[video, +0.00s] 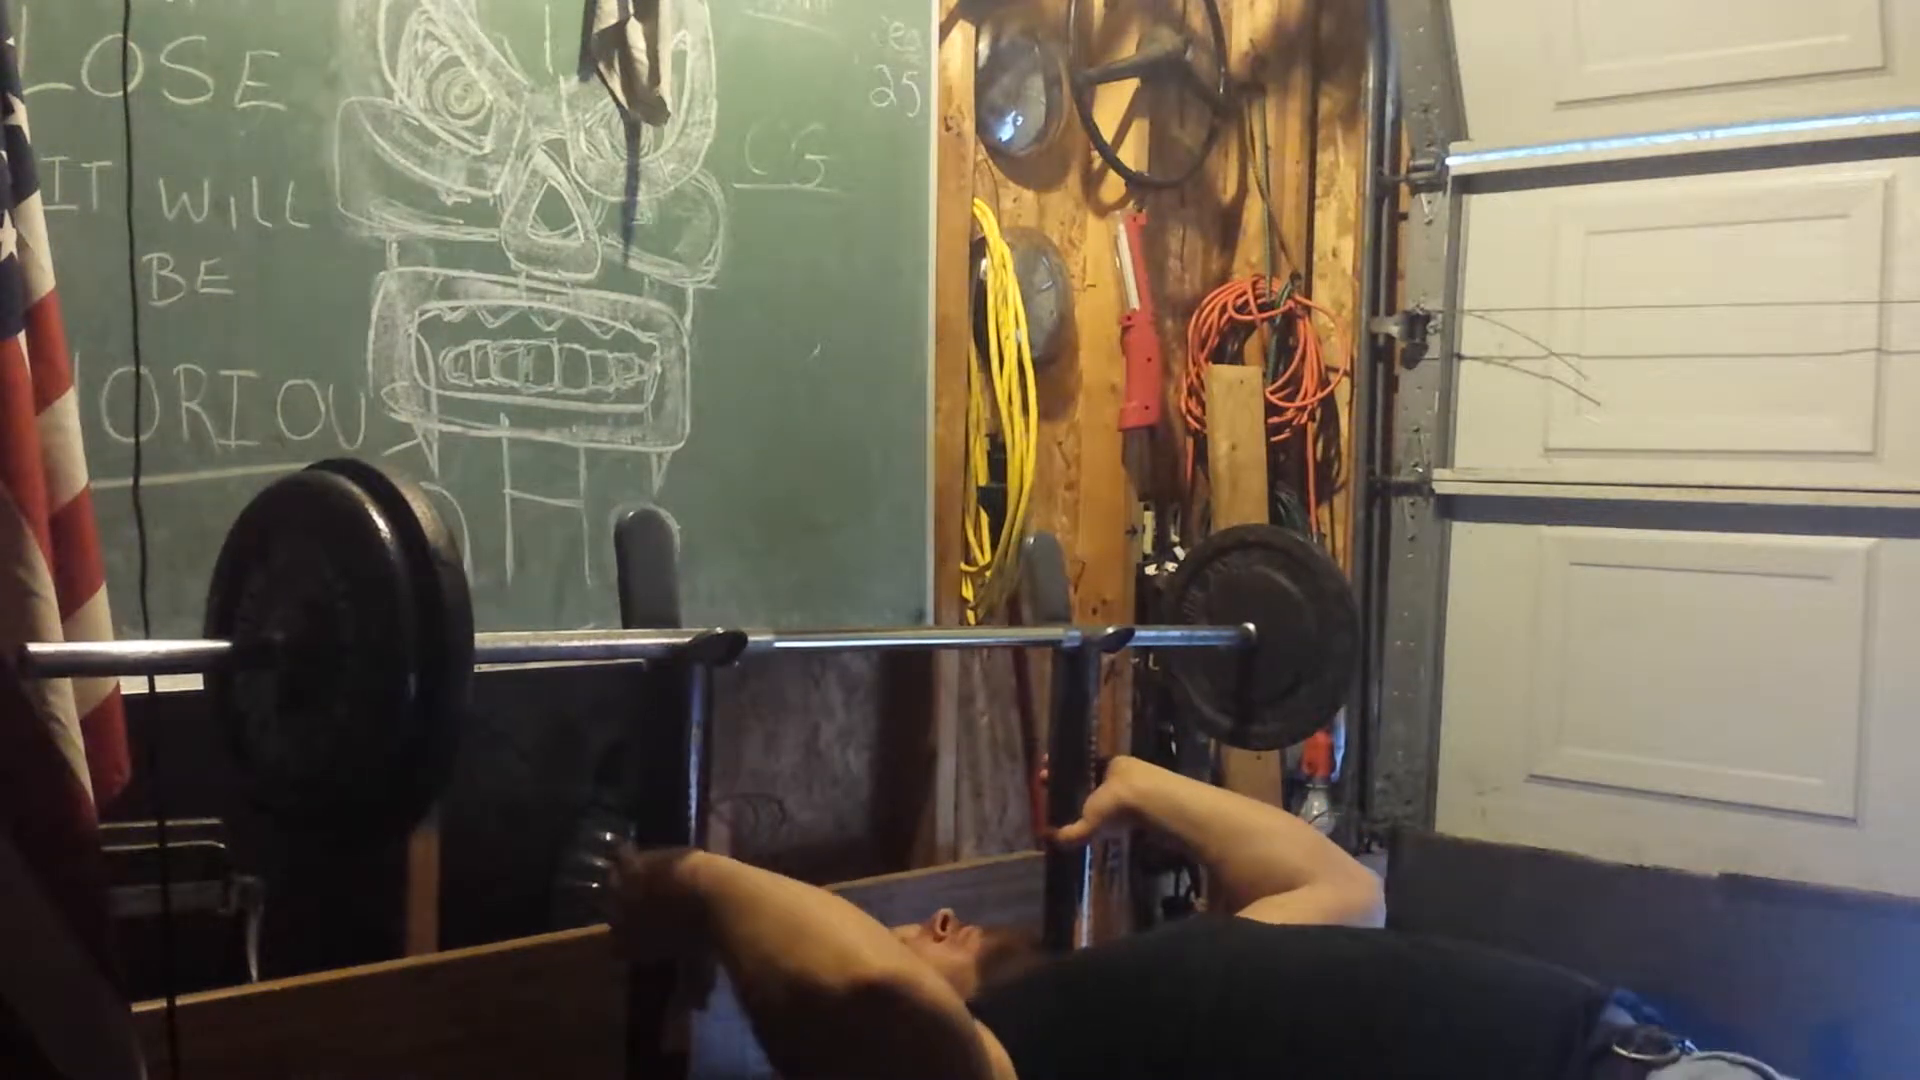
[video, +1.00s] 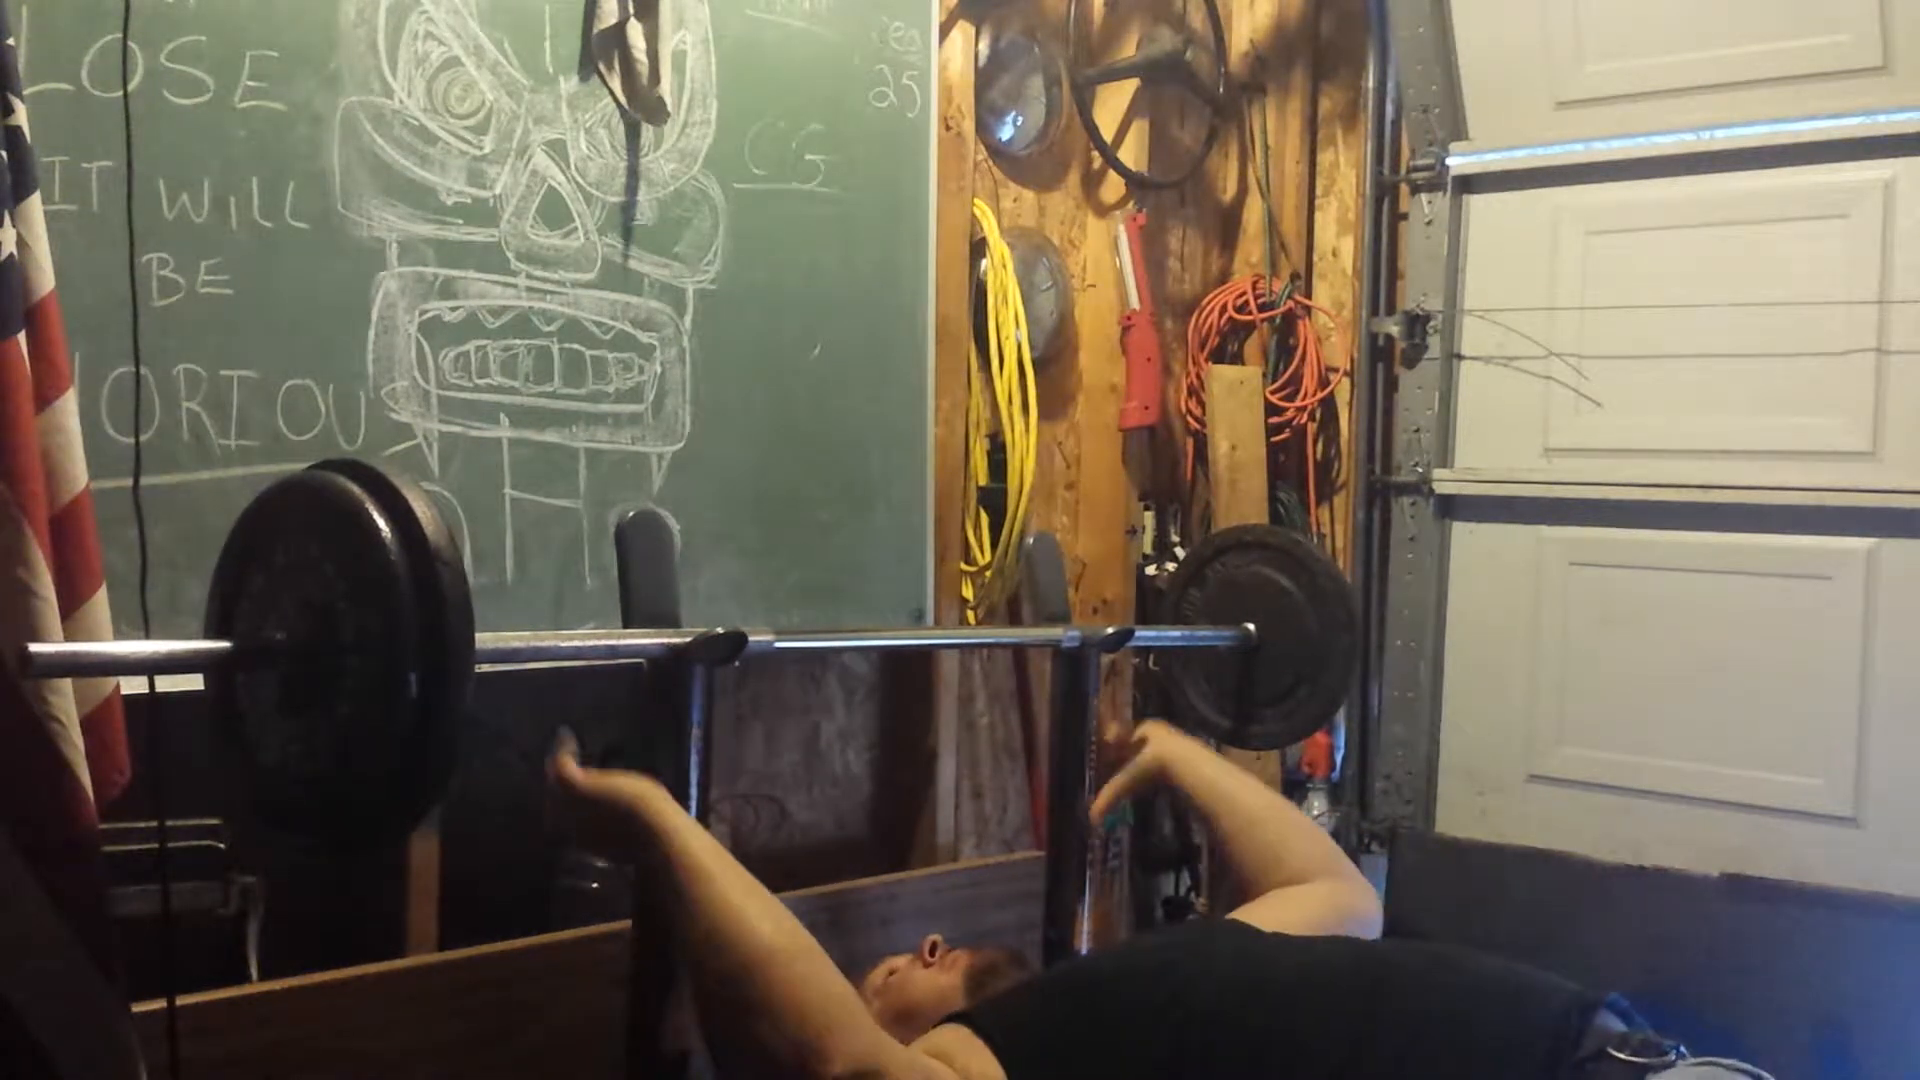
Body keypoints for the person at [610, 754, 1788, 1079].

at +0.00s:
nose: (933, 921)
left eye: (922, 912)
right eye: (901, 941)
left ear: (958, 925)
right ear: (892, 998)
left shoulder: (1187, 965)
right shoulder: (986, 1060)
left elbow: (1329, 874)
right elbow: (874, 993)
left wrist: (1144, 785)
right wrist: (695, 878)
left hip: (1674, 1045)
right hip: (1586, 1073)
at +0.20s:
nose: (929, 939)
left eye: (922, 931)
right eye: (896, 954)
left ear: (956, 943)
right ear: (877, 1013)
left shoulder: (1184, 971)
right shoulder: (984, 1059)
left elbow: (1330, 882)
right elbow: (857, 1001)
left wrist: (1149, 792)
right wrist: (697, 882)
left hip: (1667, 1048)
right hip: (1584, 1068)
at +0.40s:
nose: (922, 935)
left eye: (914, 929)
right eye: (892, 957)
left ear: (952, 938)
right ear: (888, 1016)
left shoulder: (1175, 969)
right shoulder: (996, 1060)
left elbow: (1330, 888)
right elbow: (867, 1013)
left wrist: (1151, 796)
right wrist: (697, 888)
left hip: (1665, 1045)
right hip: (1577, 1067)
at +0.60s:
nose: (925, 941)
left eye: (913, 934)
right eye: (894, 960)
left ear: (945, 941)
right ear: (890, 1016)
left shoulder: (1168, 966)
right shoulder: (994, 1061)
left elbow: (1339, 900)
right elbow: (856, 1015)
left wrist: (1154, 796)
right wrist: (712, 890)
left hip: (1650, 1043)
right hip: (1565, 1068)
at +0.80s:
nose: (919, 950)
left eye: (918, 944)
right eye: (892, 973)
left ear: (977, 949)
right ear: (894, 1032)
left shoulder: (1167, 968)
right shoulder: (973, 1064)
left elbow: (1345, 904)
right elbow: (851, 1046)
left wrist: (1160, 798)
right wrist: (693, 881)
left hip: (1643, 1042)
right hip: (1558, 1072)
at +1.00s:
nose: (925, 946)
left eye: (915, 945)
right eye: (892, 971)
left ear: (963, 956)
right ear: (878, 1034)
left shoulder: (1156, 975)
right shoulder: (946, 1068)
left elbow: (1333, 891)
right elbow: (806, 1021)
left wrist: (1176, 749)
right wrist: (656, 812)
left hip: (1639, 1044)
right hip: (1544, 1076)